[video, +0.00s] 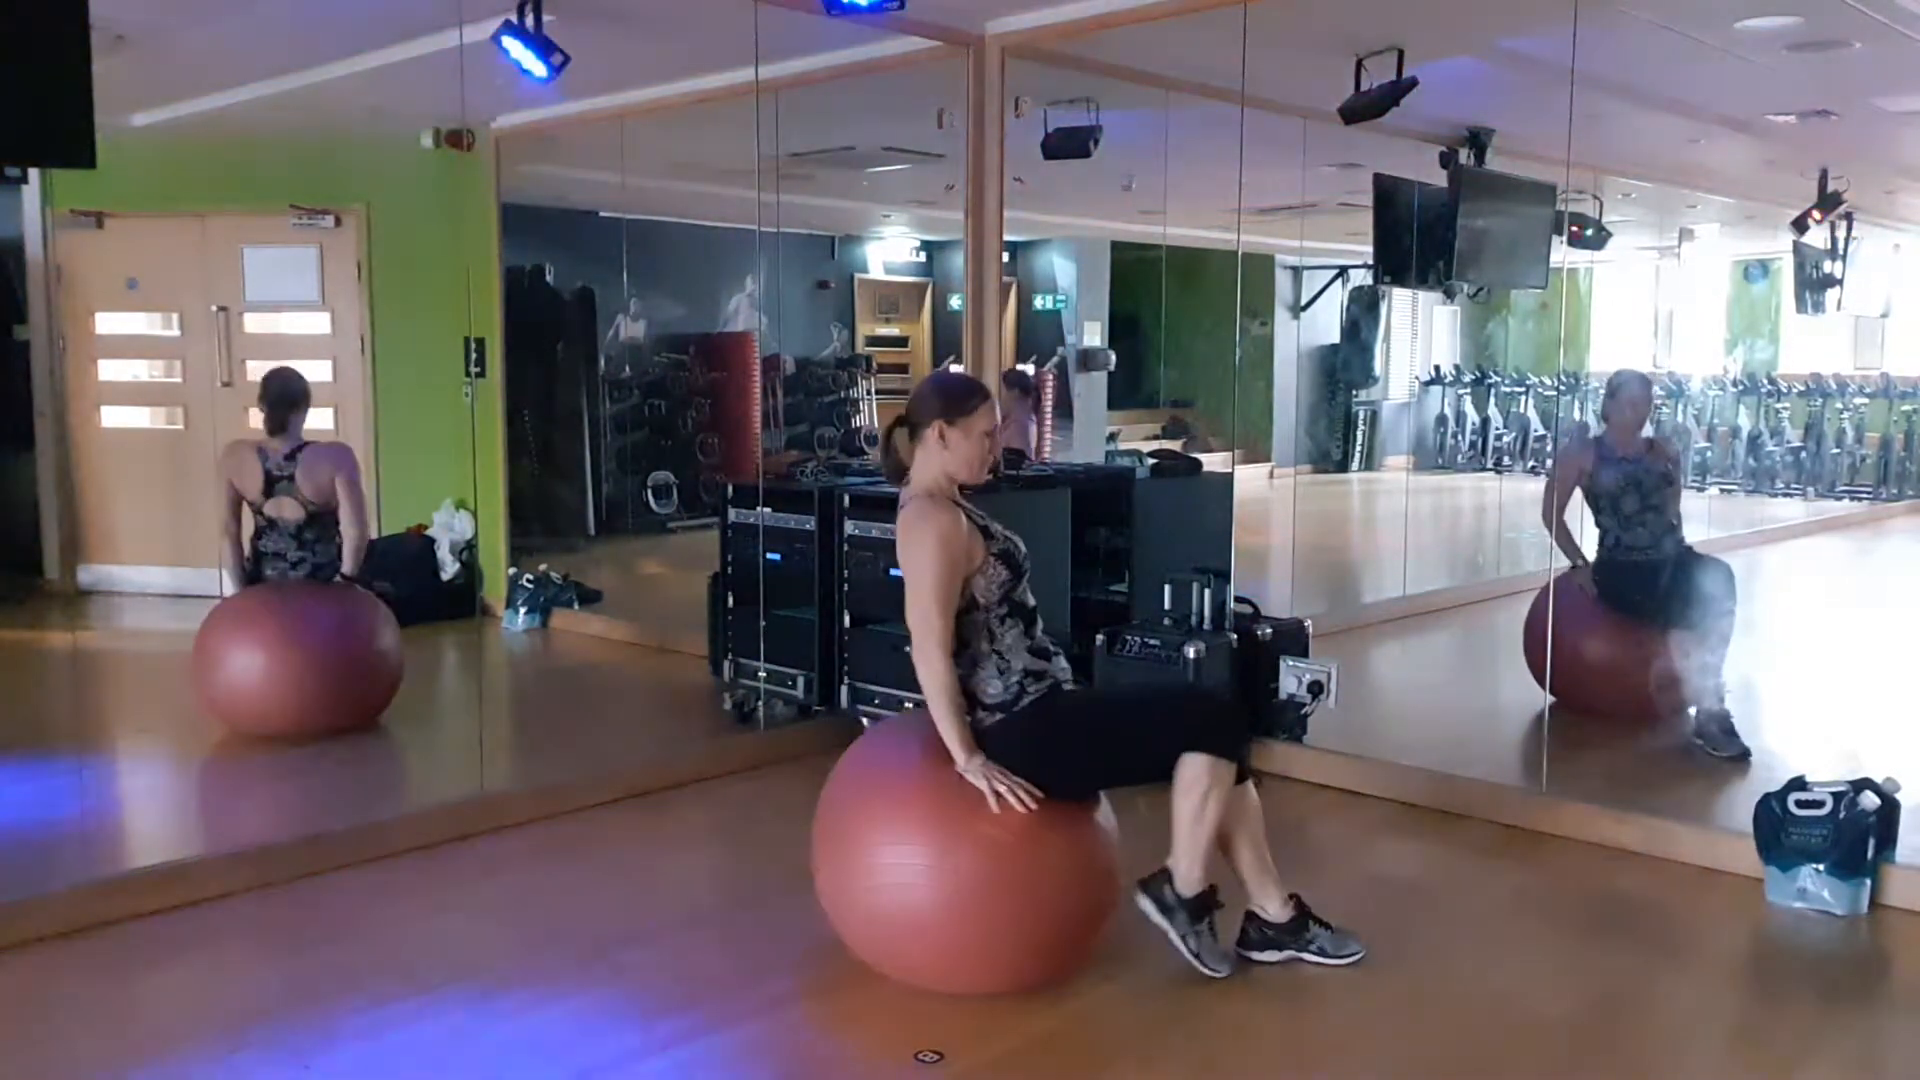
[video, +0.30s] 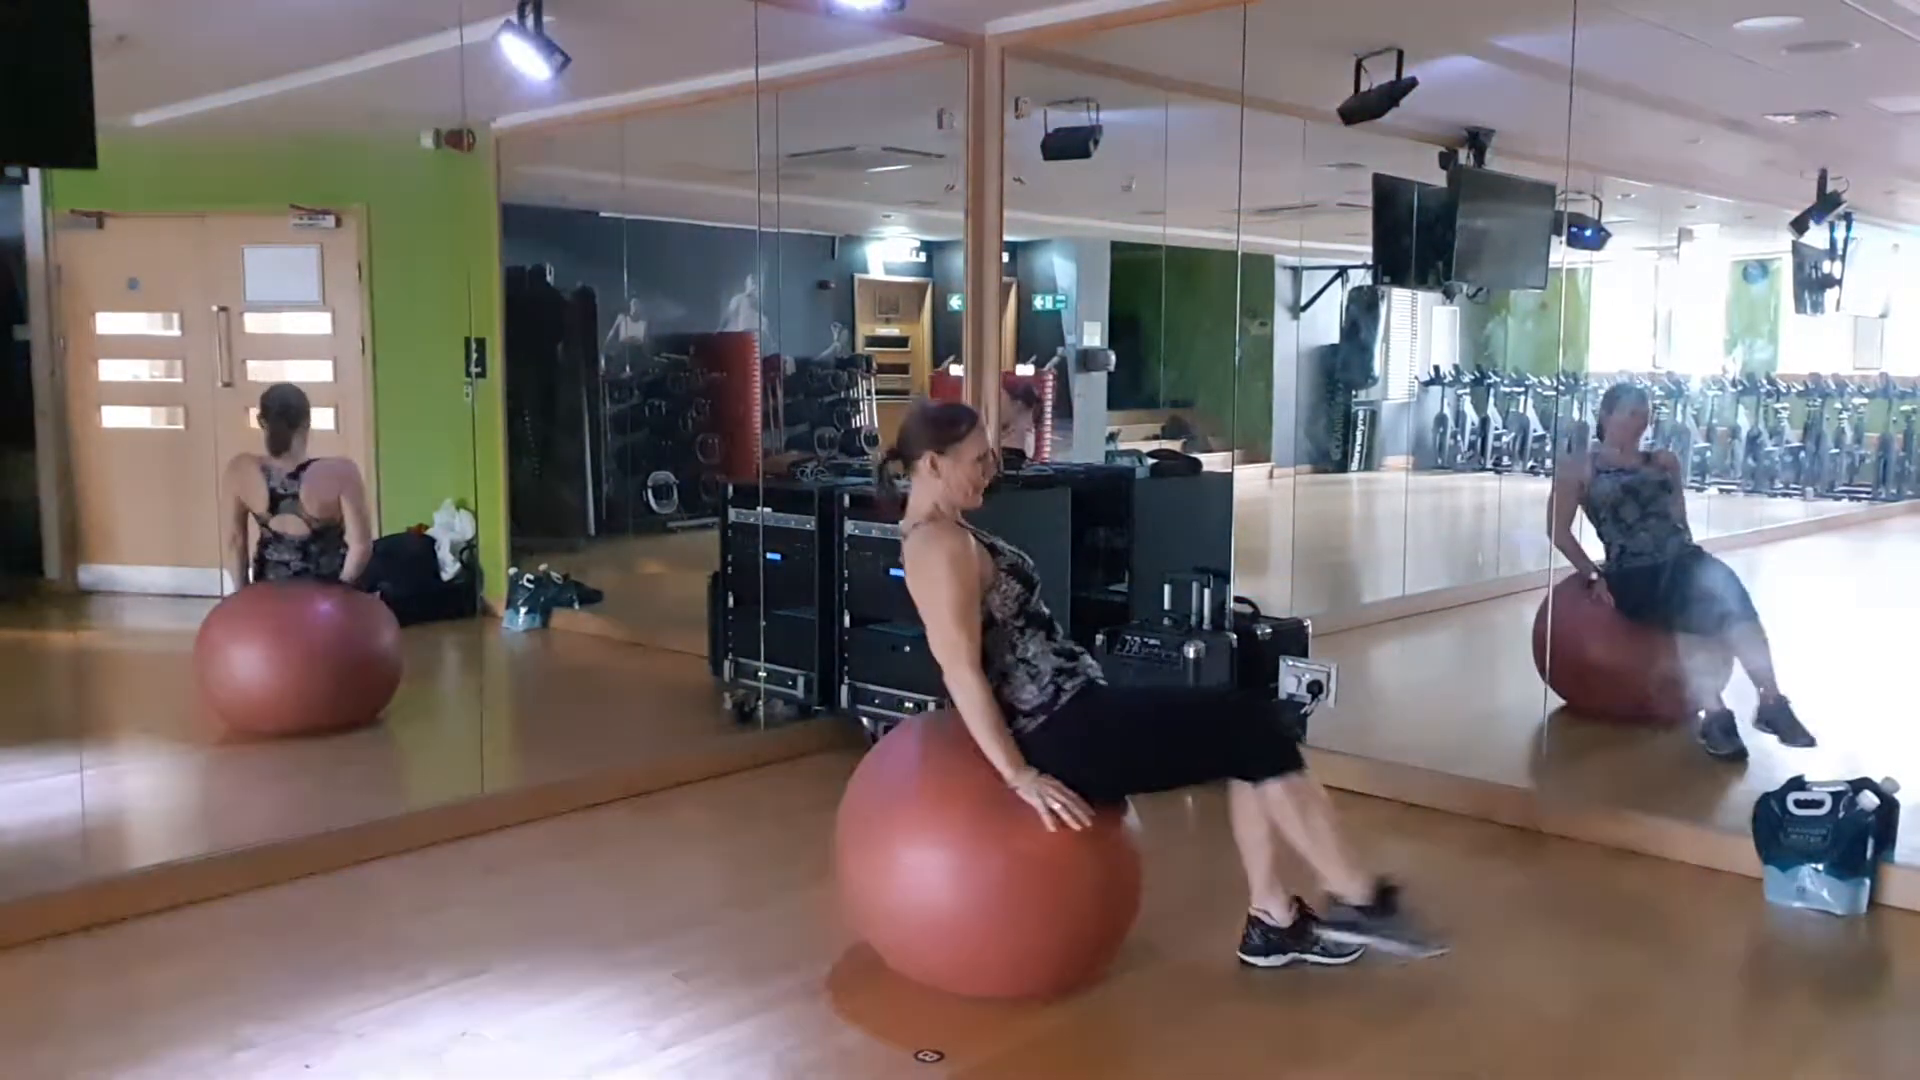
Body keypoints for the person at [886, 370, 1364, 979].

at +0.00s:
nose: (996, 448)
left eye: (995, 435)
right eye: (985, 435)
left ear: (945, 437)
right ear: (938, 435)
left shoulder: (947, 511)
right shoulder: (932, 522)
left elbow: (964, 634)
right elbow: (930, 649)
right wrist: (966, 755)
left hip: (1044, 711)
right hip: (1020, 730)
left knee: (1218, 740)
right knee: (1209, 719)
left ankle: (1273, 915)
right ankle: (1184, 888)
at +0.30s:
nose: (988, 475)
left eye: (990, 462)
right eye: (979, 462)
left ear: (929, 463)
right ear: (932, 462)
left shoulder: (948, 532)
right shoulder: (938, 545)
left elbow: (989, 654)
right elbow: (958, 668)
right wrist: (1018, 772)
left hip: (1074, 717)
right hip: (1060, 733)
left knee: (1245, 729)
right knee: (1259, 724)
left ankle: (1274, 921)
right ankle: (1358, 895)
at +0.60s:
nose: (987, 501)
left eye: (986, 487)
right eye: (976, 488)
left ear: (936, 495)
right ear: (933, 493)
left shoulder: (954, 562)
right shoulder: (945, 574)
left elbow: (1019, 668)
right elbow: (987, 696)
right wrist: (1068, 782)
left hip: (1105, 717)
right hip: (1090, 739)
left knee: (1281, 733)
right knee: (1286, 758)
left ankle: (1276, 921)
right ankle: (1438, 911)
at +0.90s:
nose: (969, 548)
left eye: (966, 534)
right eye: (954, 538)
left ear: (926, 550)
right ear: (908, 554)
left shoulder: (960, 608)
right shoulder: (936, 628)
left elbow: (1044, 690)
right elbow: (1008, 733)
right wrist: (1102, 791)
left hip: (1133, 719)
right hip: (1114, 747)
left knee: (1319, 742)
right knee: (1305, 785)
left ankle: (1281, 919)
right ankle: (1450, 946)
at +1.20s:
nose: (942, 572)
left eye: (937, 560)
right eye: (925, 566)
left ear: (914, 586)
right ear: (885, 597)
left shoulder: (955, 638)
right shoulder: (933, 668)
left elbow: (1048, 695)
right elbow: (1025, 740)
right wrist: (1128, 789)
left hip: (1165, 703)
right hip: (1151, 748)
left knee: (1347, 700)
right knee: (1344, 781)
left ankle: (1332, 870)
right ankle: (1454, 947)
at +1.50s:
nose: (930, 593)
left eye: (920, 585)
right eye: (912, 595)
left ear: (907, 618)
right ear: (888, 631)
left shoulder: (968, 656)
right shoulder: (937, 688)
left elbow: (1074, 691)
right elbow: (1032, 746)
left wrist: (1180, 708)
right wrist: (1142, 793)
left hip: (1185, 715)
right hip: (1165, 754)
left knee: (1372, 729)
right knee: (1365, 772)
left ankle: (1481, 863)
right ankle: (1451, 951)